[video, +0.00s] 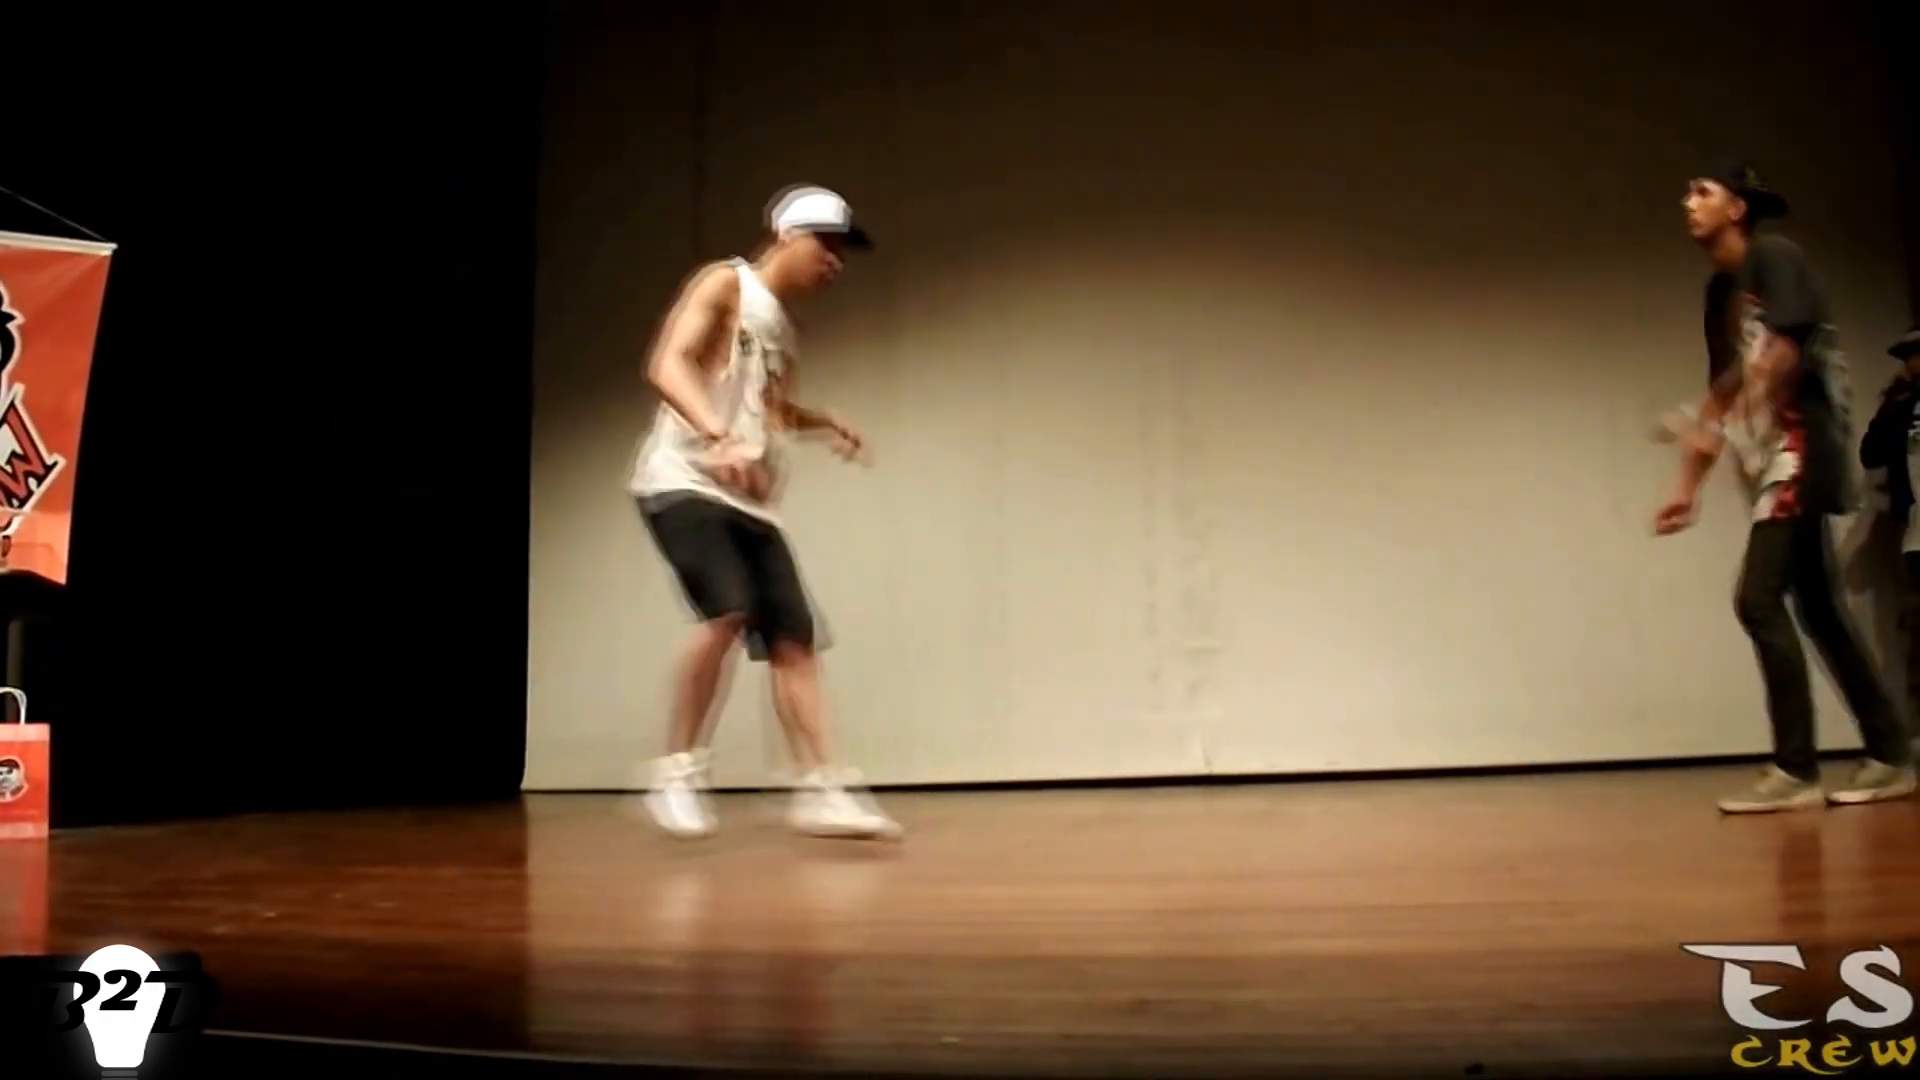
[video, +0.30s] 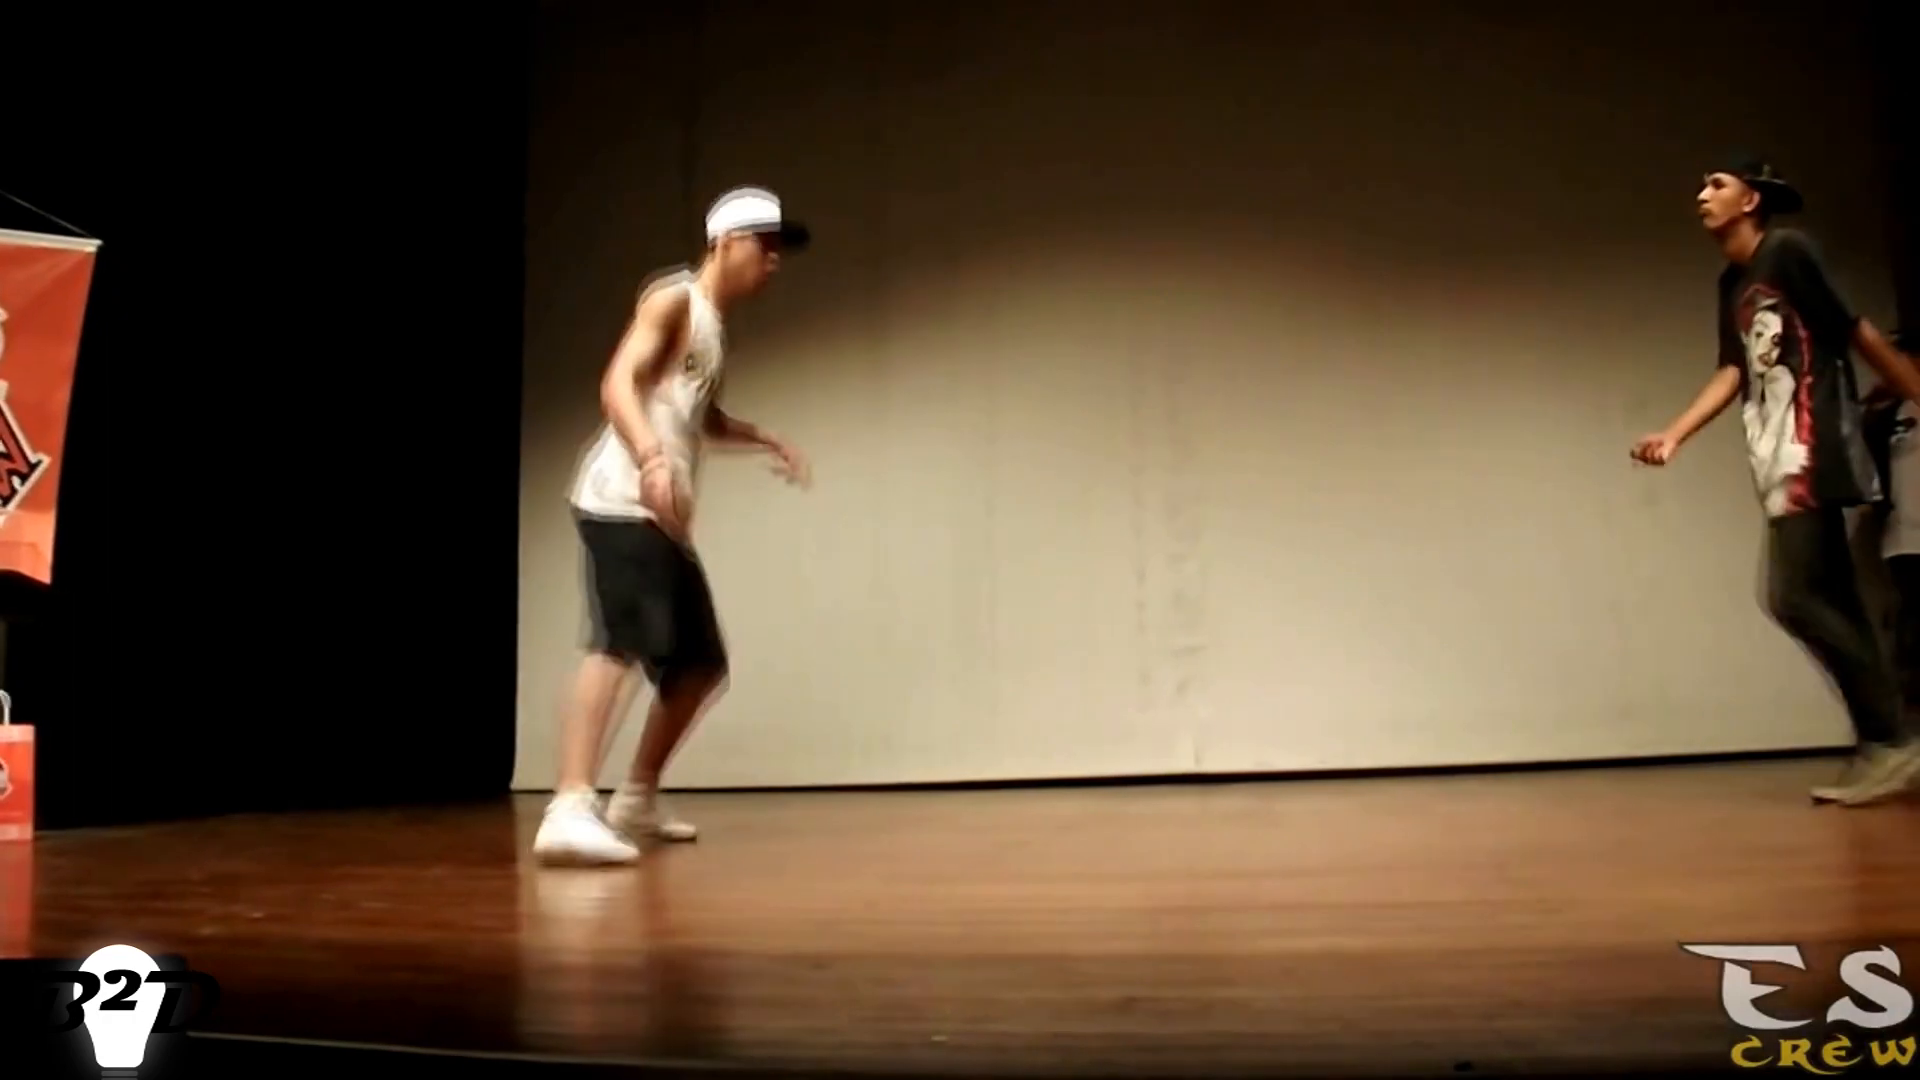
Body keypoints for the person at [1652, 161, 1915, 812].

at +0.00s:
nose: (1688, 204)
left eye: (1701, 195)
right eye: (1689, 195)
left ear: (1737, 208)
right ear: (1717, 213)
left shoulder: (1774, 257)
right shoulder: (1721, 289)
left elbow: (1785, 350)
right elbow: (1719, 394)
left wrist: (1731, 413)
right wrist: (1687, 488)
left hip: (1804, 453)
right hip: (1773, 459)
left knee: (1759, 600)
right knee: (1817, 605)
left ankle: (1795, 770)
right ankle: (1893, 753)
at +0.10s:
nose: (1695, 206)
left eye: (1709, 197)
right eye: (1696, 198)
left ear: (1744, 211)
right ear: (1717, 217)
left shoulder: (1783, 262)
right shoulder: (1728, 292)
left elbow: (1815, 361)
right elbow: (1717, 392)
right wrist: (1668, 481)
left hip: (1811, 462)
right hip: (1787, 467)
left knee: (1751, 583)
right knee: (1845, 605)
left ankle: (1802, 747)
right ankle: (1897, 753)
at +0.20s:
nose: (1699, 199)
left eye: (1712, 188)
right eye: (1701, 189)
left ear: (1748, 203)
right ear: (1725, 208)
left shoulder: (1784, 256)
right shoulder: (1730, 278)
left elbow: (1846, 347)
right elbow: (1726, 371)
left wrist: (1891, 437)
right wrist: (1672, 447)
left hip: (1813, 449)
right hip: (1787, 455)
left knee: (1759, 579)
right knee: (1845, 601)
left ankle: (1844, 734)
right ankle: (1891, 746)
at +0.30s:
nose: (1701, 195)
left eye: (1715, 185)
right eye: (1703, 186)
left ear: (1750, 200)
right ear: (1727, 204)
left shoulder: (1787, 252)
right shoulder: (1731, 280)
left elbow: (1858, 332)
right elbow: (1732, 373)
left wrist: (1913, 389)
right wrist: (1673, 435)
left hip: (1813, 459)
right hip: (1784, 466)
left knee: (1789, 595)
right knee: (1832, 599)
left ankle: (1893, 740)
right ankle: (1876, 750)